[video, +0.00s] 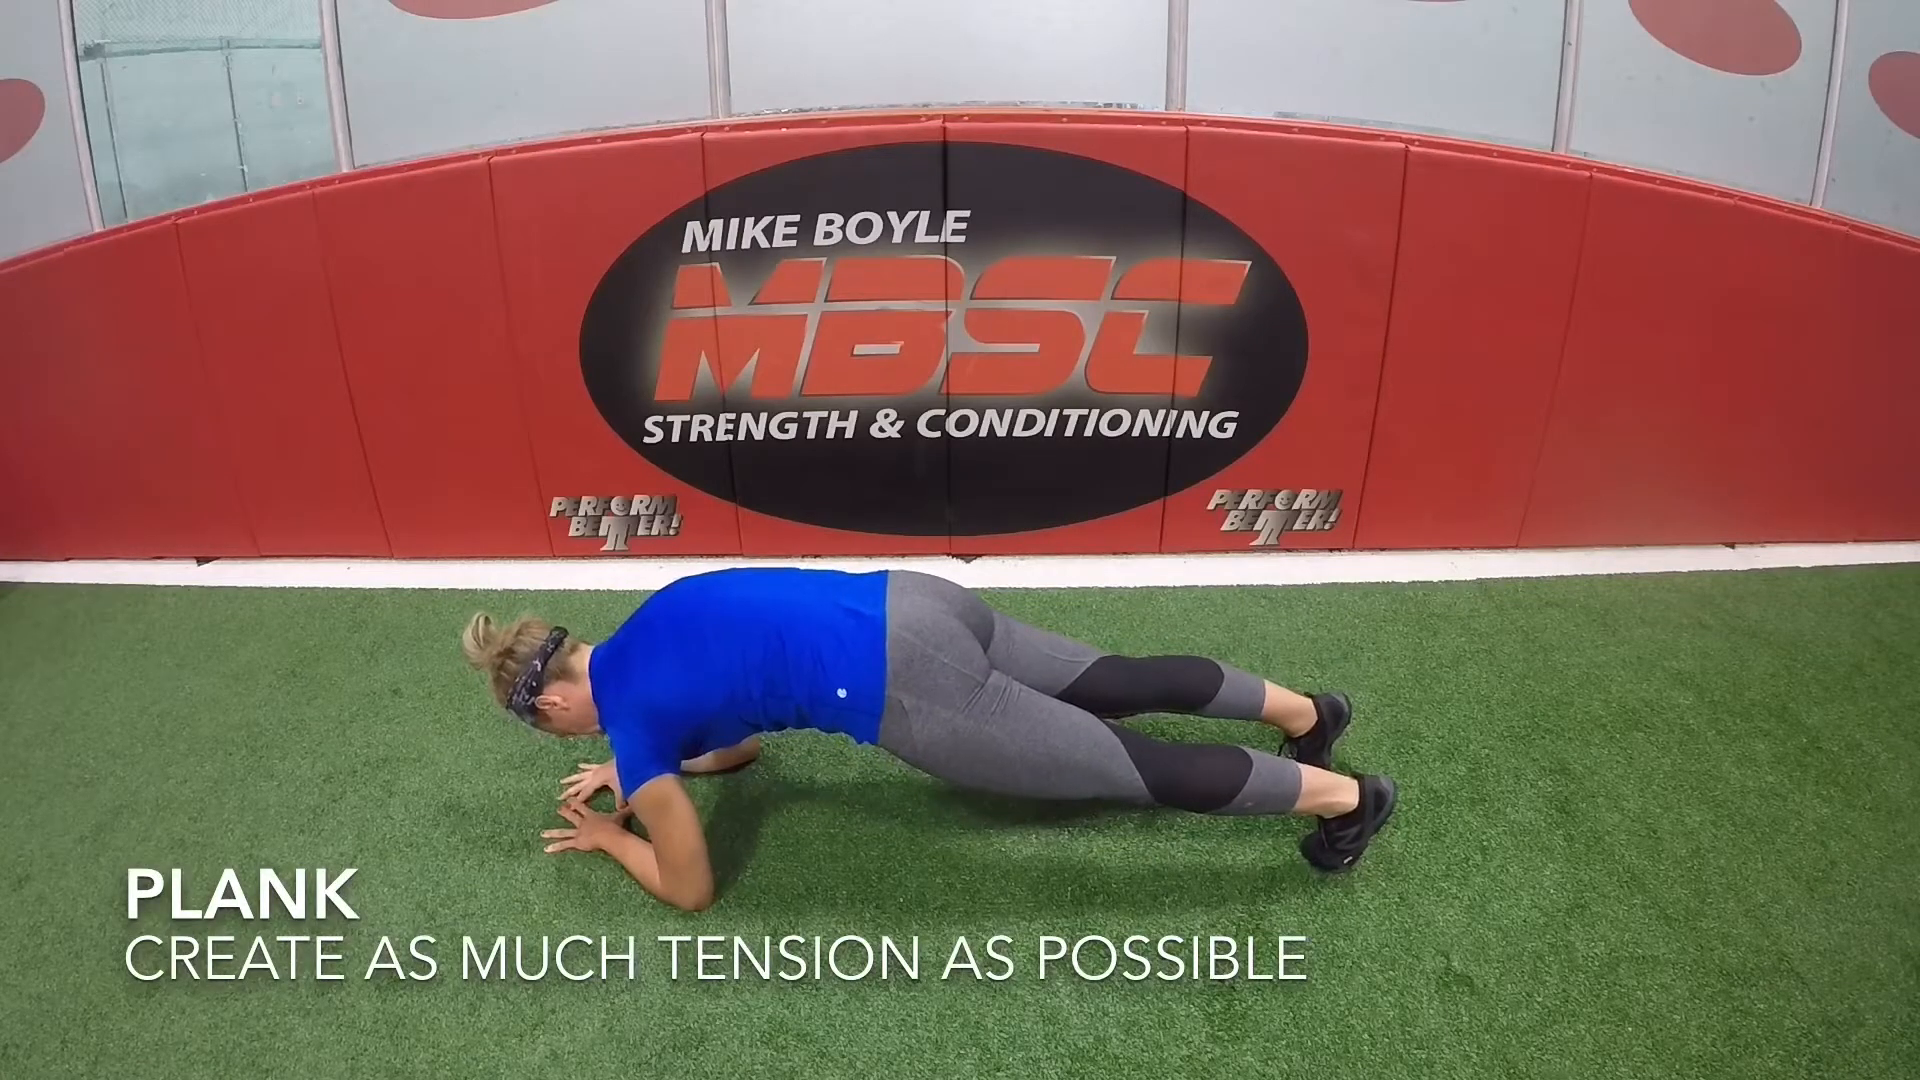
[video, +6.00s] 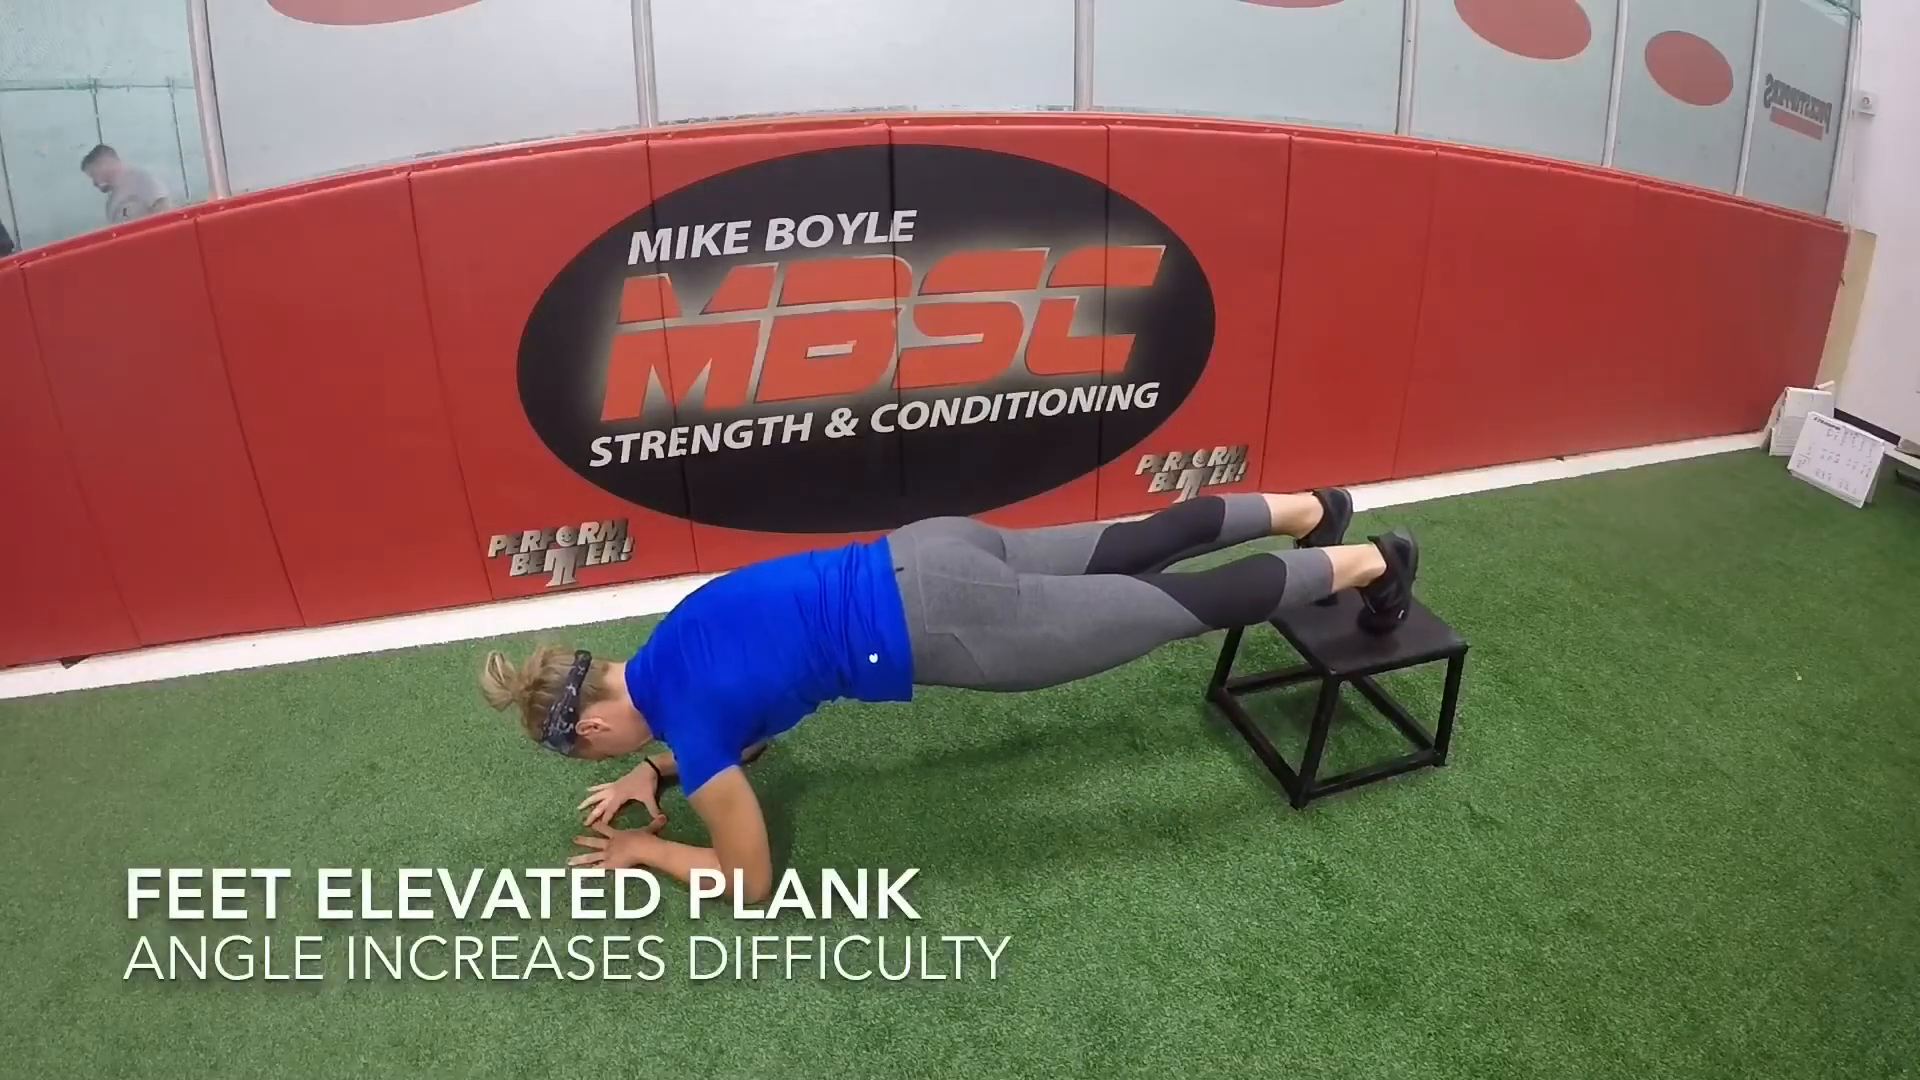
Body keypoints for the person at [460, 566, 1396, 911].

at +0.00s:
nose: (564, 734)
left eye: (548, 727)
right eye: (553, 728)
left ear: (555, 695)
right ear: (572, 645)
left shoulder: (630, 717)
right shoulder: (657, 610)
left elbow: (687, 886)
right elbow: (738, 744)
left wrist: (614, 840)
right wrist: (636, 776)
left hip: (902, 690)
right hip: (917, 593)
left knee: (1135, 769)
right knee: (1113, 679)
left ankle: (1340, 795)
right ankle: (1307, 714)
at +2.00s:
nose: (570, 737)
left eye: (555, 731)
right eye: (559, 731)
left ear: (562, 700)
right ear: (576, 650)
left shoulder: (633, 718)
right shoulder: (657, 613)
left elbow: (687, 885)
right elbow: (738, 744)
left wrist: (615, 841)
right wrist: (639, 778)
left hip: (899, 688)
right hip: (914, 592)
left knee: (1131, 769)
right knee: (1105, 678)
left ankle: (1341, 795)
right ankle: (1307, 715)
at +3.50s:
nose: (582, 744)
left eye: (564, 732)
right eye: (569, 734)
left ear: (575, 703)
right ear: (581, 660)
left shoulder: (650, 711)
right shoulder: (653, 627)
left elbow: (739, 878)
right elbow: (739, 759)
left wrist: (629, 852)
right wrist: (649, 782)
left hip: (897, 681)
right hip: (906, 583)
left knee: (1106, 774)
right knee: (1082, 670)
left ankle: (1325, 791)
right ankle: (1283, 706)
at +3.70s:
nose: (594, 755)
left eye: (578, 741)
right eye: (580, 745)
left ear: (592, 707)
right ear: (589, 677)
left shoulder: (681, 720)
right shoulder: (658, 640)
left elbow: (744, 880)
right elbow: (746, 756)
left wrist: (641, 858)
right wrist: (659, 808)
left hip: (926, 626)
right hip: (905, 544)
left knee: (1147, 611)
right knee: (1101, 556)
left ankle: (1330, 572)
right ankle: (1260, 514)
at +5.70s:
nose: (609, 752)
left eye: (593, 743)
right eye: (597, 745)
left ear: (602, 710)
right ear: (601, 670)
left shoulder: (689, 717)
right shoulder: (673, 629)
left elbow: (748, 878)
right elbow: (749, 741)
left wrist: (645, 852)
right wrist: (660, 792)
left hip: (942, 629)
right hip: (921, 540)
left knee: (1176, 607)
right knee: (1119, 544)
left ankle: (1346, 566)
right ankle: (1276, 508)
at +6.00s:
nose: (608, 753)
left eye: (592, 743)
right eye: (596, 745)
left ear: (602, 709)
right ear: (600, 671)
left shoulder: (690, 718)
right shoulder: (673, 630)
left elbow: (747, 878)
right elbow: (748, 742)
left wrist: (644, 852)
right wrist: (660, 793)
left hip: (942, 629)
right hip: (920, 541)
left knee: (1175, 608)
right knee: (1117, 545)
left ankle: (1344, 566)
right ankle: (1270, 508)